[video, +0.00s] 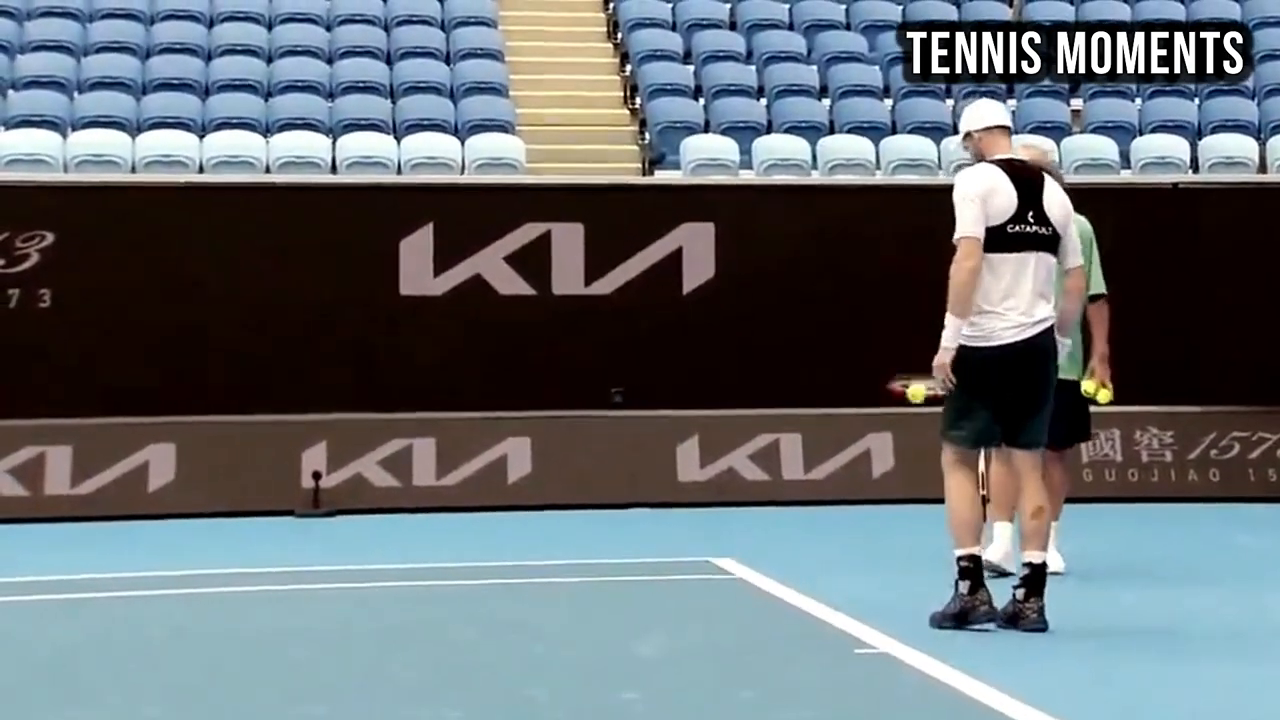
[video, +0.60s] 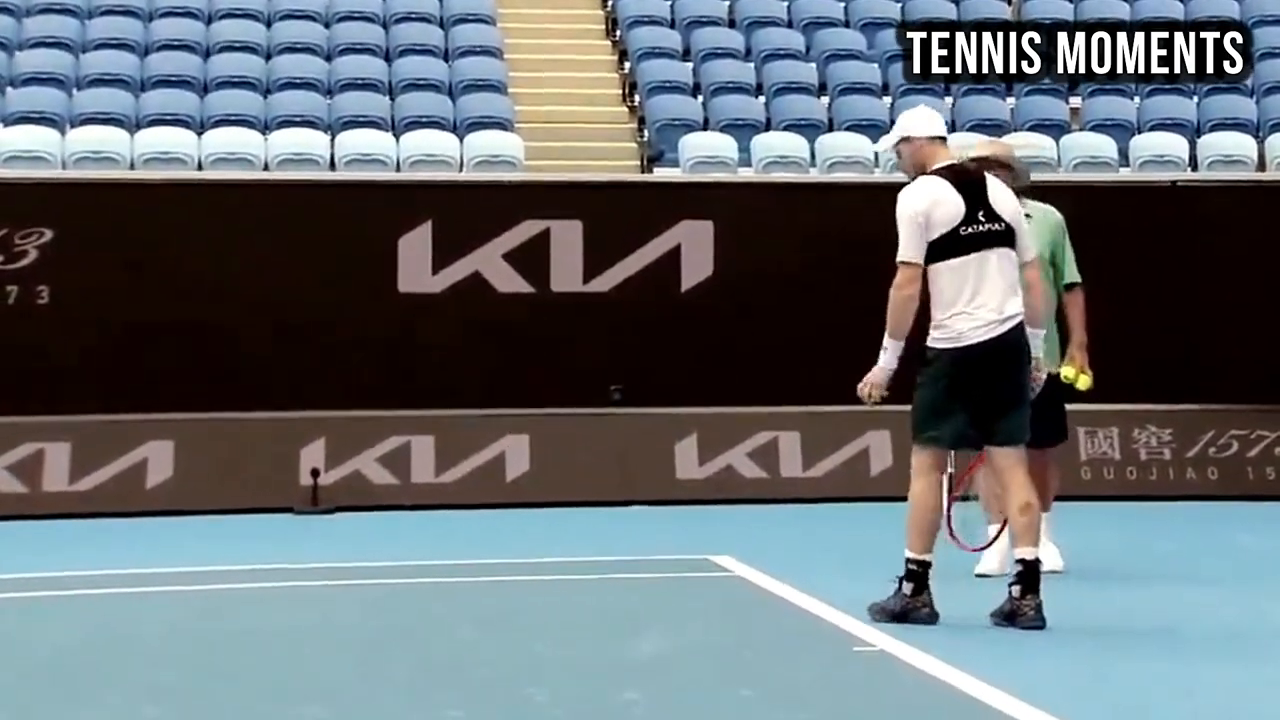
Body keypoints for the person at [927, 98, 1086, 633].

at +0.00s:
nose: (966, 148)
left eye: (966, 141)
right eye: (970, 139)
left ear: (972, 138)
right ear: (1011, 131)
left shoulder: (974, 180)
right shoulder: (1055, 189)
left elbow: (968, 258)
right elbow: (1074, 281)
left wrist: (949, 340)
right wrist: (1057, 337)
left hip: (982, 347)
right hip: (1037, 348)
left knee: (957, 459)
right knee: (1030, 464)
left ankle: (971, 591)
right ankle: (1031, 598)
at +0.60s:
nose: (897, 159)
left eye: (899, 149)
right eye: (897, 150)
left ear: (917, 144)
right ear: (940, 140)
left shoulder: (917, 197)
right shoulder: (998, 187)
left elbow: (908, 285)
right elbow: (1034, 272)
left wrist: (885, 362)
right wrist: (1033, 348)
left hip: (952, 353)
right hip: (1009, 349)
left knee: (926, 467)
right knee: (1013, 467)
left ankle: (914, 590)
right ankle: (1027, 595)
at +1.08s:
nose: (822, 173)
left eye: (825, 163)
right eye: (821, 164)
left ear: (849, 161)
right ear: (867, 160)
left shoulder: (848, 219)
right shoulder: (922, 190)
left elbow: (849, 309)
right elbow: (972, 269)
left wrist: (842, 392)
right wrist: (950, 324)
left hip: (919, 353)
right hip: (975, 337)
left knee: (909, 472)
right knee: (994, 458)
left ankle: (914, 595)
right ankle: (1027, 583)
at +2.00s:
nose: (894, 187)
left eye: (898, 177)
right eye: (894, 178)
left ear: (918, 178)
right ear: (938, 178)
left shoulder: (914, 238)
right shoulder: (992, 204)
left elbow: (910, 329)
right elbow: (1005, 300)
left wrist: (902, 409)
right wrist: (958, 383)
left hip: (986, 361)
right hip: (1046, 350)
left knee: (944, 472)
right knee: (1056, 474)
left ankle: (915, 595)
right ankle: (1090, 595)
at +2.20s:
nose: (944, 177)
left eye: (948, 167)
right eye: (946, 167)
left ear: (967, 170)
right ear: (993, 168)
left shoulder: (956, 234)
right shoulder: (1045, 205)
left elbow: (969, 323)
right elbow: (1058, 286)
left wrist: (976, 395)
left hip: (1011, 373)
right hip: (1071, 363)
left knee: (959, 476)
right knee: (1076, 481)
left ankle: (917, 593)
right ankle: (1092, 597)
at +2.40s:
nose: (1002, 157)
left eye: (1002, 153)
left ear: (1007, 160)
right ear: (1050, 159)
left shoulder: (986, 216)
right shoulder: (1090, 212)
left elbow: (970, 288)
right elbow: (1115, 295)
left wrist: (952, 341)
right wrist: (1110, 353)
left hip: (1012, 373)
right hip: (1074, 369)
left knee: (962, 471)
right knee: (1081, 484)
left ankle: (921, 592)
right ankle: (1092, 597)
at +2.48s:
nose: (1013, 152)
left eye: (1015, 149)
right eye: (1023, 149)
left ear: (1019, 158)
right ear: (1062, 159)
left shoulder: (992, 206)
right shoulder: (1094, 212)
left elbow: (957, 241)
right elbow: (1123, 286)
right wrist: (1120, 346)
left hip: (1009, 371)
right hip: (1072, 369)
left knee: (960, 474)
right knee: (1080, 488)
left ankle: (923, 591)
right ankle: (1091, 597)